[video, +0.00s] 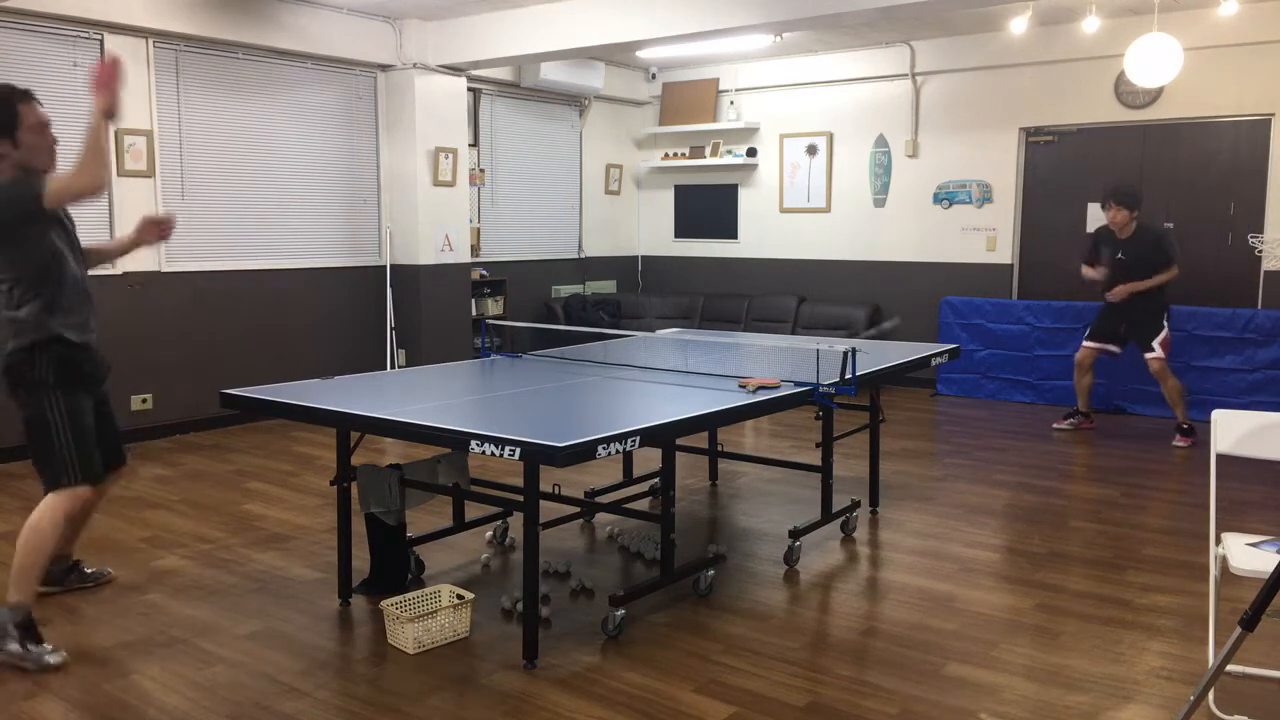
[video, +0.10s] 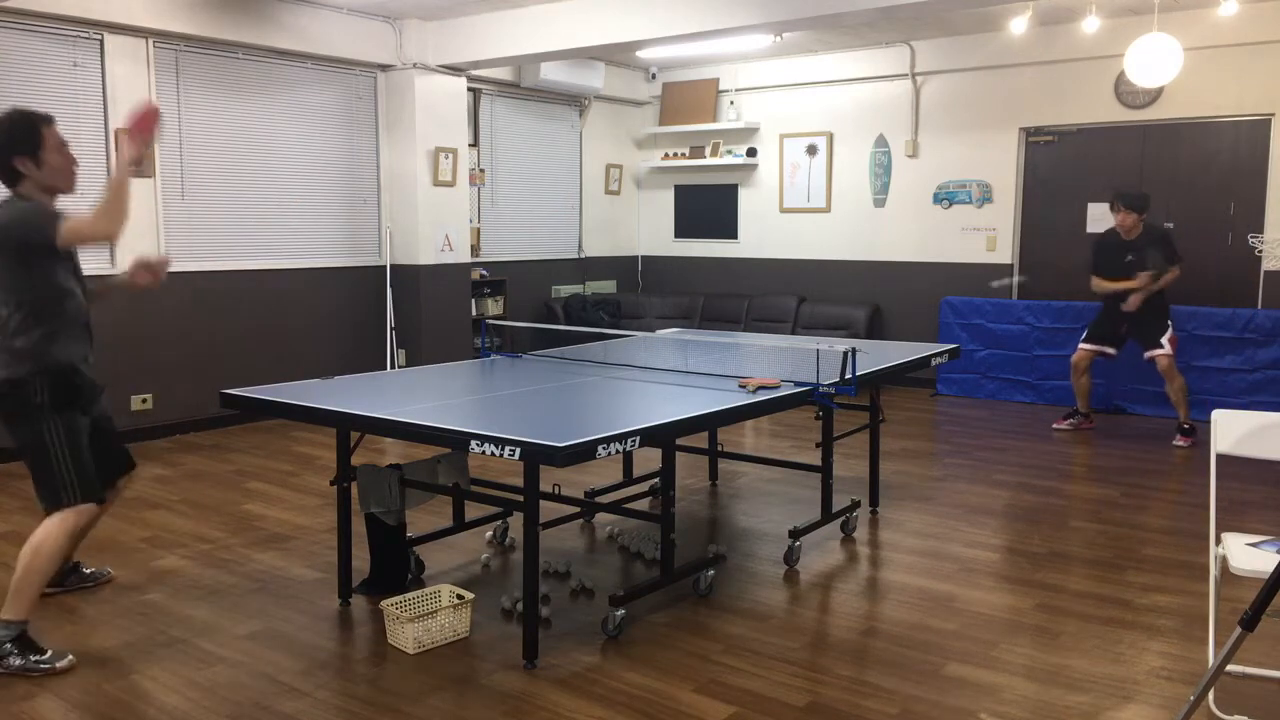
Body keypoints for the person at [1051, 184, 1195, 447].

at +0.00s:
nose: (1111, 216)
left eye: (1117, 211)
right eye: (1108, 210)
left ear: (1133, 213)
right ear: (1105, 211)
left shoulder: (1155, 237)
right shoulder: (1102, 236)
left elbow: (1172, 271)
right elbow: (1086, 269)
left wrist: (1131, 288)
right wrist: (1096, 274)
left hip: (1148, 311)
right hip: (1113, 308)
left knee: (1157, 367)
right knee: (1082, 359)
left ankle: (1184, 424)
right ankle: (1083, 413)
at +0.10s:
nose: (1120, 220)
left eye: (1126, 215)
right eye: (1117, 214)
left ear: (1141, 216)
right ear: (1113, 213)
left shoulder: (1157, 237)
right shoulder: (1104, 242)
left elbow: (1174, 271)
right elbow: (1095, 285)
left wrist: (1142, 294)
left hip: (1151, 311)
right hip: (1113, 310)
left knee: (1165, 365)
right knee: (1078, 361)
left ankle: (1185, 424)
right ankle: (1083, 414)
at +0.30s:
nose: (1147, 242)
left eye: (1153, 238)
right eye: (1145, 236)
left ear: (1162, 234)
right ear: (1136, 228)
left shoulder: (1166, 247)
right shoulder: (1116, 247)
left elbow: (1177, 276)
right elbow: (1115, 290)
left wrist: (1175, 297)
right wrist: (1150, 297)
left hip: (1151, 315)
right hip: (1115, 314)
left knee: (1178, 364)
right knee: (1076, 366)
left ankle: (1188, 424)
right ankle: (1082, 415)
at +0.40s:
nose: (1164, 229)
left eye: (1170, 225)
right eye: (1161, 223)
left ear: (1176, 225)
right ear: (1151, 219)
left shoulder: (1179, 243)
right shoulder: (1126, 246)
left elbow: (1193, 269)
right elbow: (1099, 278)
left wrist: (1209, 296)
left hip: (1160, 319)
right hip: (1121, 318)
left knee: (1187, 365)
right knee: (1079, 366)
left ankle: (1189, 425)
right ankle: (1083, 415)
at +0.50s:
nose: (1169, 208)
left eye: (1175, 203)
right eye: (1165, 201)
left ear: (1183, 208)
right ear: (1156, 203)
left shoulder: (1190, 237)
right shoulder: (1131, 234)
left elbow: (1208, 259)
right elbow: (1084, 240)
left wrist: (1227, 285)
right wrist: (1046, 251)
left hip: (1169, 317)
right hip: (1129, 314)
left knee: (1192, 366)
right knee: (1091, 364)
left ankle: (1190, 425)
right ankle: (1083, 414)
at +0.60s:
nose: (1166, 190)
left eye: (1173, 185)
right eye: (1163, 184)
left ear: (1184, 191)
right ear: (1156, 187)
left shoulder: (1194, 223)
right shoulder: (1136, 215)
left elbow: (1216, 247)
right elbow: (1091, 212)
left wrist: (1232, 276)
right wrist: (1048, 212)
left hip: (1174, 307)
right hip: (1134, 304)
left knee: (1187, 365)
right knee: (1104, 359)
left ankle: (1190, 426)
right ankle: (1088, 413)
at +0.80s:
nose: (1162, 175)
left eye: (1169, 170)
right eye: (1158, 168)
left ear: (1181, 176)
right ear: (1152, 172)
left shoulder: (1193, 210)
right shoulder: (1139, 205)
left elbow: (1215, 239)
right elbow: (1106, 224)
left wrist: (1206, 267)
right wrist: (1087, 208)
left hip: (1171, 294)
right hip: (1135, 291)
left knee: (1180, 360)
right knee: (1109, 349)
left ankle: (1192, 421)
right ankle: (1107, 410)